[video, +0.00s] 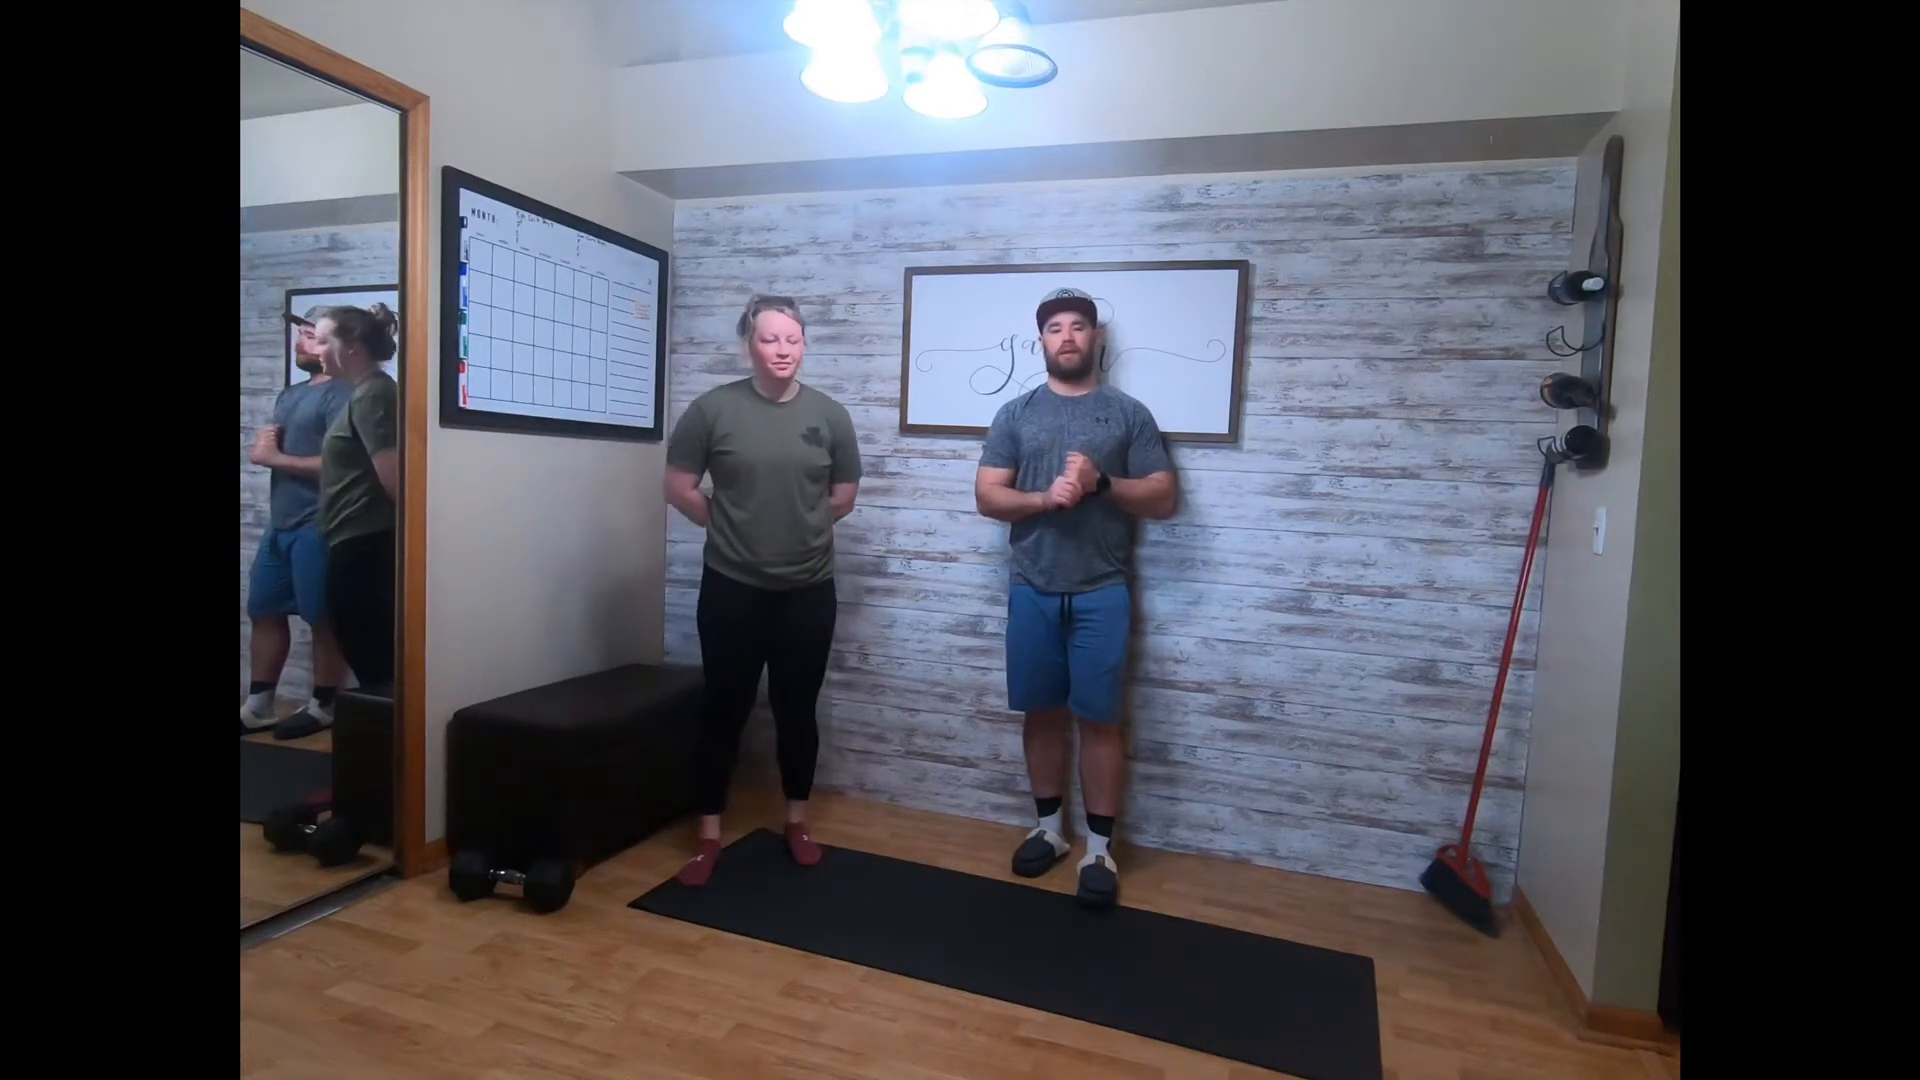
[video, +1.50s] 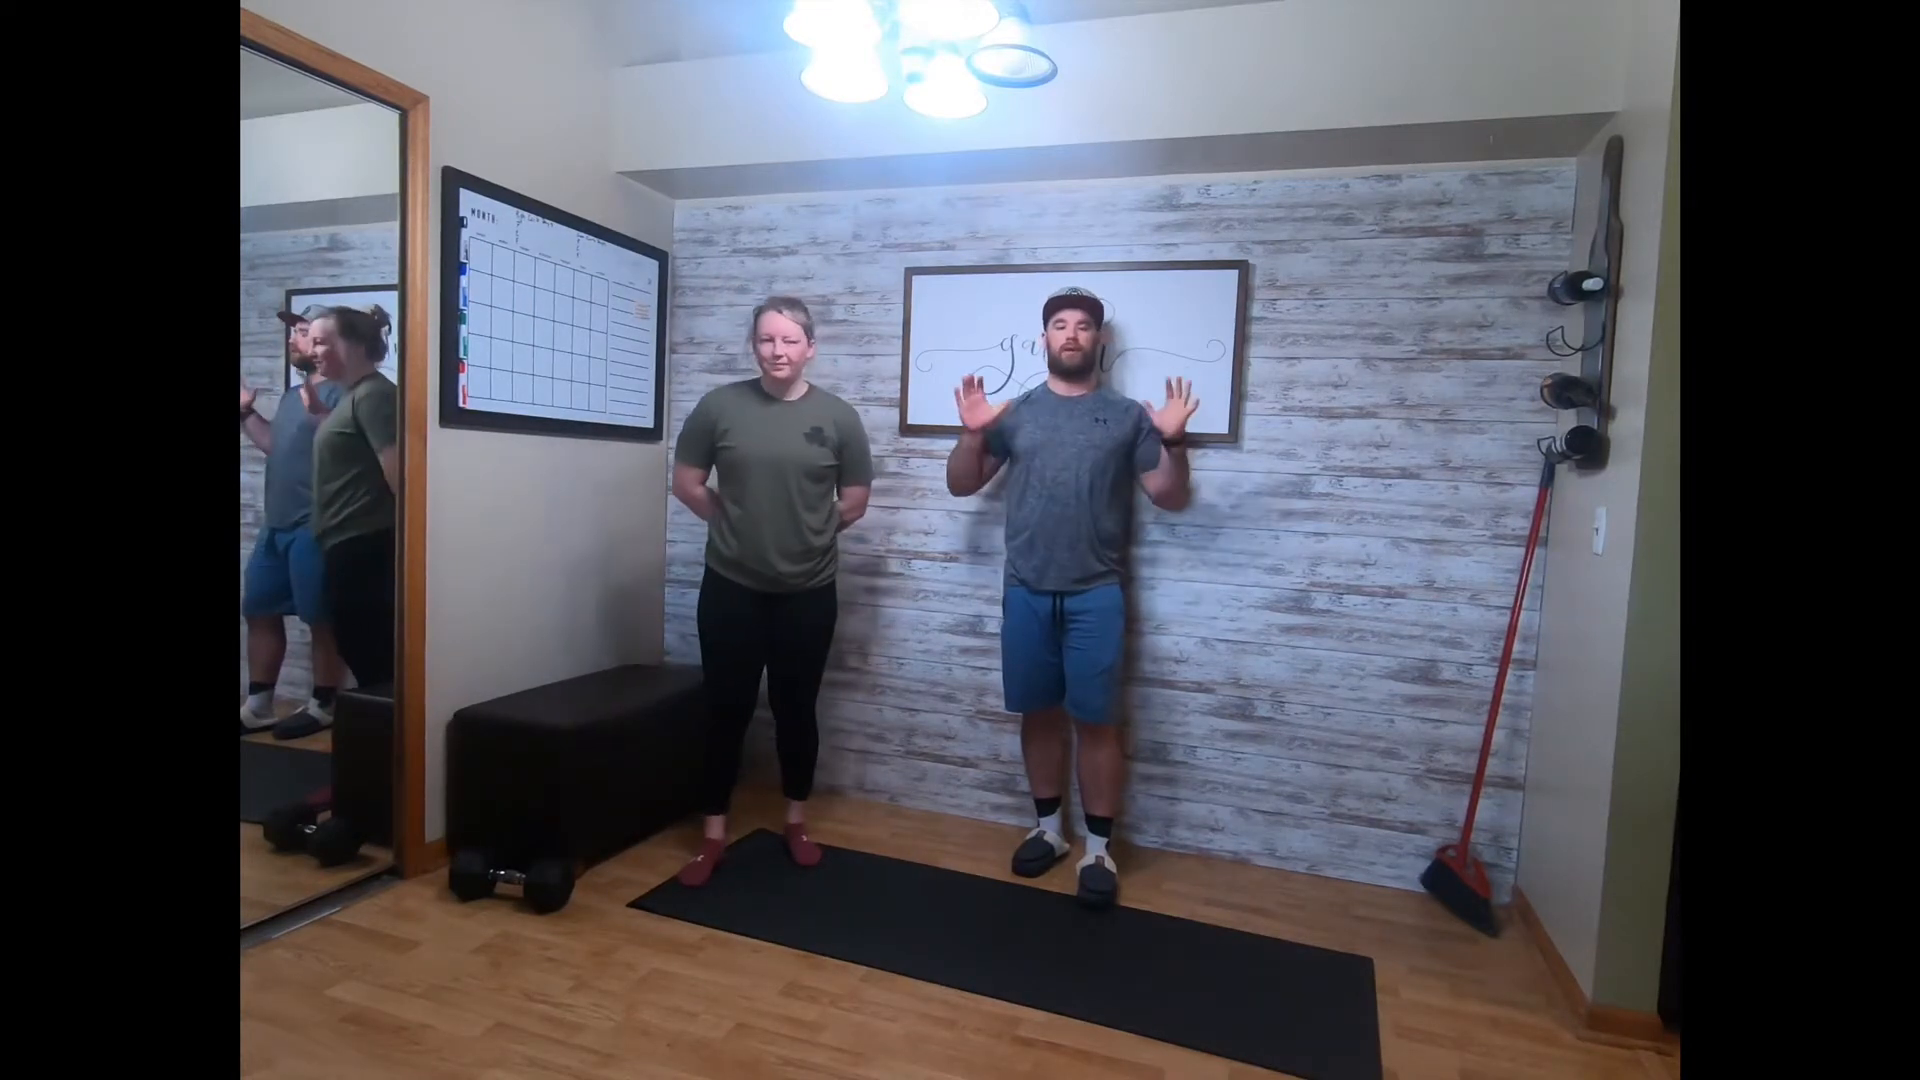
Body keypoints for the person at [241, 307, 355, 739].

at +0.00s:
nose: (300, 340)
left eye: (310, 335)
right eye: (301, 333)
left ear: (331, 347)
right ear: (302, 343)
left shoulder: (342, 394)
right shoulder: (289, 395)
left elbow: (337, 464)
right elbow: (278, 443)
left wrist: (275, 458)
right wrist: (267, 443)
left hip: (319, 524)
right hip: (280, 524)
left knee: (322, 618)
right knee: (265, 610)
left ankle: (324, 707)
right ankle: (259, 704)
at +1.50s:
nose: (294, 339)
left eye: (304, 332)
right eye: (295, 333)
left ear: (326, 342)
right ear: (299, 344)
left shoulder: (343, 392)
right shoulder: (294, 394)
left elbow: (346, 447)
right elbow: (276, 446)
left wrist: (317, 412)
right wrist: (248, 413)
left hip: (317, 523)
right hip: (276, 523)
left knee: (321, 617)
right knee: (260, 608)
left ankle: (324, 706)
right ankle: (259, 704)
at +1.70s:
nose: (300, 344)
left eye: (310, 336)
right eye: (300, 337)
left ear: (334, 344)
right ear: (301, 345)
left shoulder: (347, 394)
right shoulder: (293, 391)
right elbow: (254, 411)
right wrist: (242, 371)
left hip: (319, 527)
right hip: (279, 525)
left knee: (321, 619)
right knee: (261, 609)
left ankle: (325, 706)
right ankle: (259, 703)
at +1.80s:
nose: (298, 342)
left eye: (308, 336)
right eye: (297, 335)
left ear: (331, 344)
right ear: (296, 343)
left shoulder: (347, 391)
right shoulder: (289, 386)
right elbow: (250, 384)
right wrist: (238, 346)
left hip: (322, 528)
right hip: (280, 523)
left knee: (322, 621)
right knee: (264, 609)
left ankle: (324, 705)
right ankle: (259, 703)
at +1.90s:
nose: (296, 340)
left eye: (305, 333)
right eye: (296, 332)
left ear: (329, 341)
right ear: (296, 341)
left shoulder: (340, 385)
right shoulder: (290, 379)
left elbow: (351, 345)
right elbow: (253, 355)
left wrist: (340, 299)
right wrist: (238, 324)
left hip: (322, 522)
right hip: (283, 519)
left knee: (322, 618)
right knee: (264, 609)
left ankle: (324, 705)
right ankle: (259, 702)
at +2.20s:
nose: (291, 340)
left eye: (301, 332)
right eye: (292, 333)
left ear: (327, 340)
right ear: (294, 342)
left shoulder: (338, 386)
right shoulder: (287, 381)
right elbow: (246, 375)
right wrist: (240, 328)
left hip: (318, 524)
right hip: (280, 521)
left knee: (321, 620)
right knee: (262, 609)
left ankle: (324, 705)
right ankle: (259, 703)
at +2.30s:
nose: (292, 341)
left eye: (301, 333)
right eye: (293, 333)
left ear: (325, 342)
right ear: (298, 343)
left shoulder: (338, 392)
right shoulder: (287, 391)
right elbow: (249, 408)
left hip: (317, 525)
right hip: (278, 522)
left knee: (320, 621)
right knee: (262, 610)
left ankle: (324, 705)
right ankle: (259, 704)